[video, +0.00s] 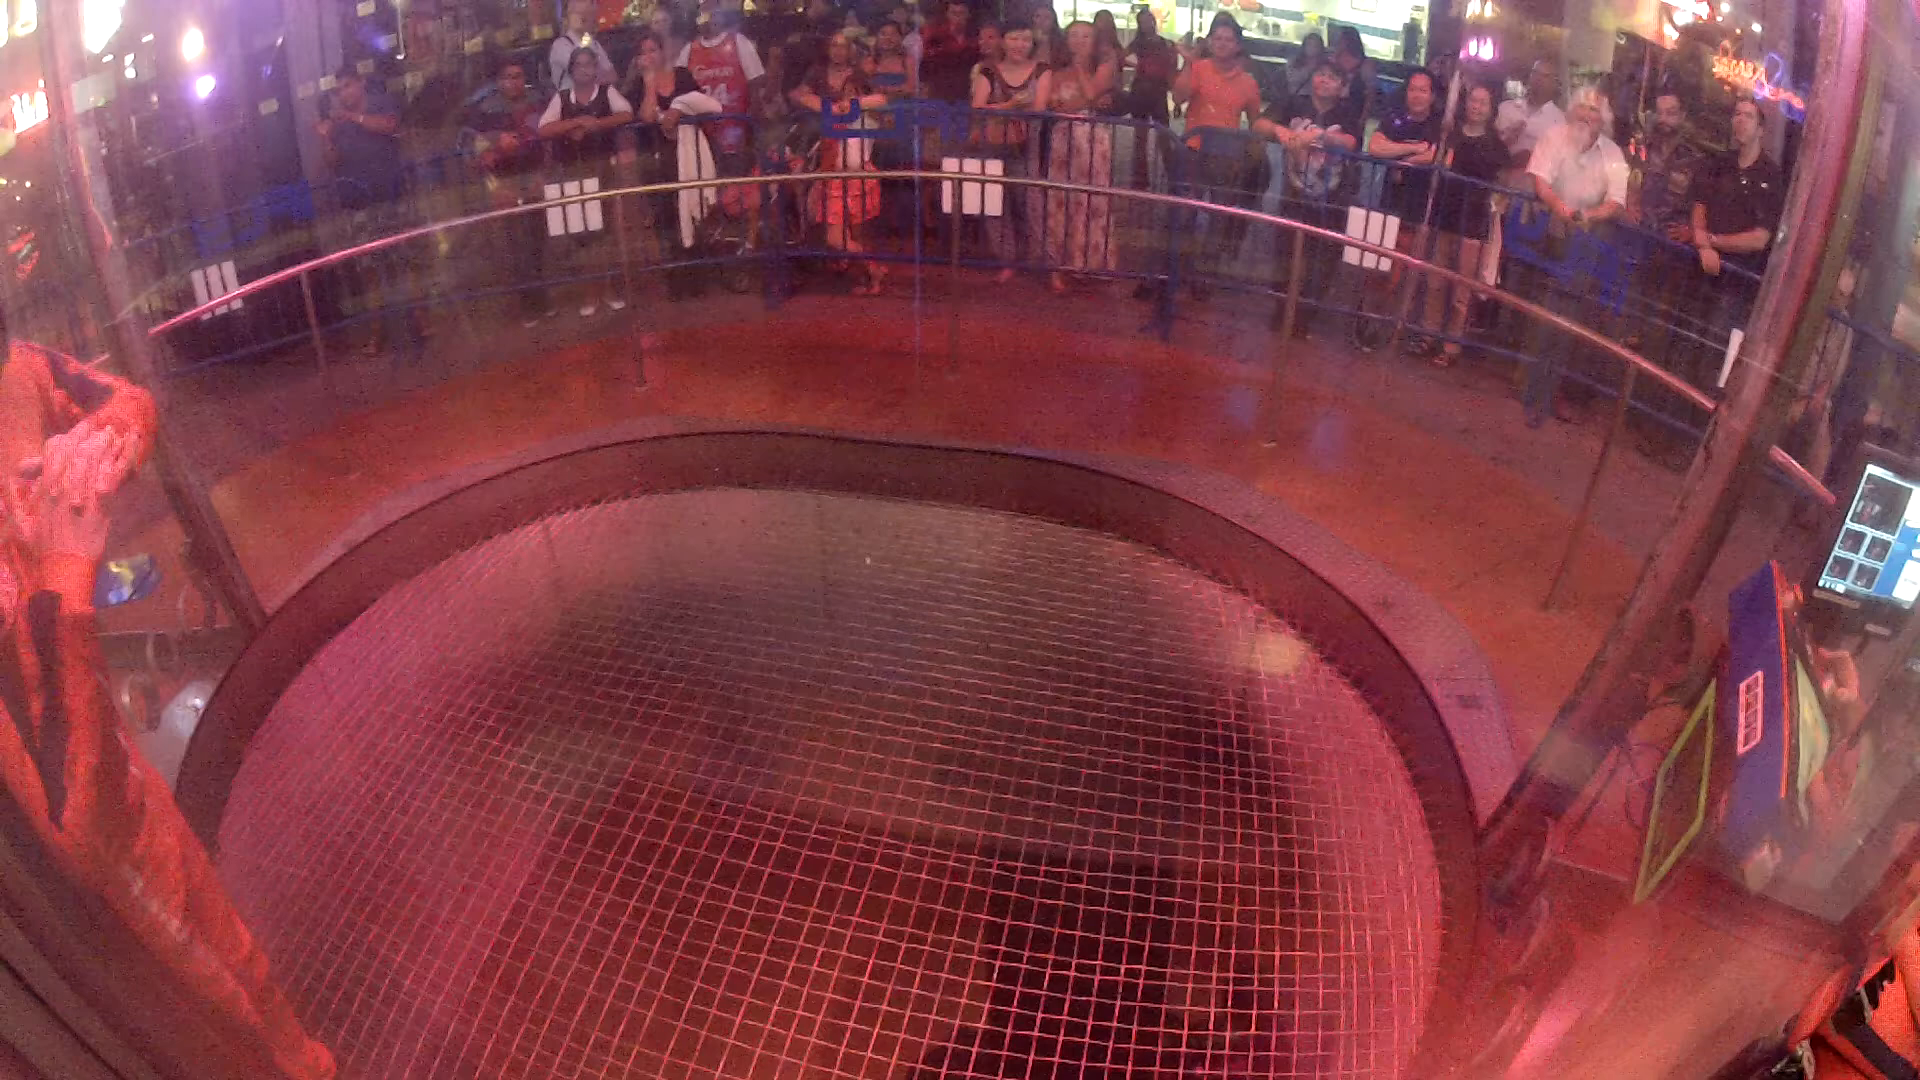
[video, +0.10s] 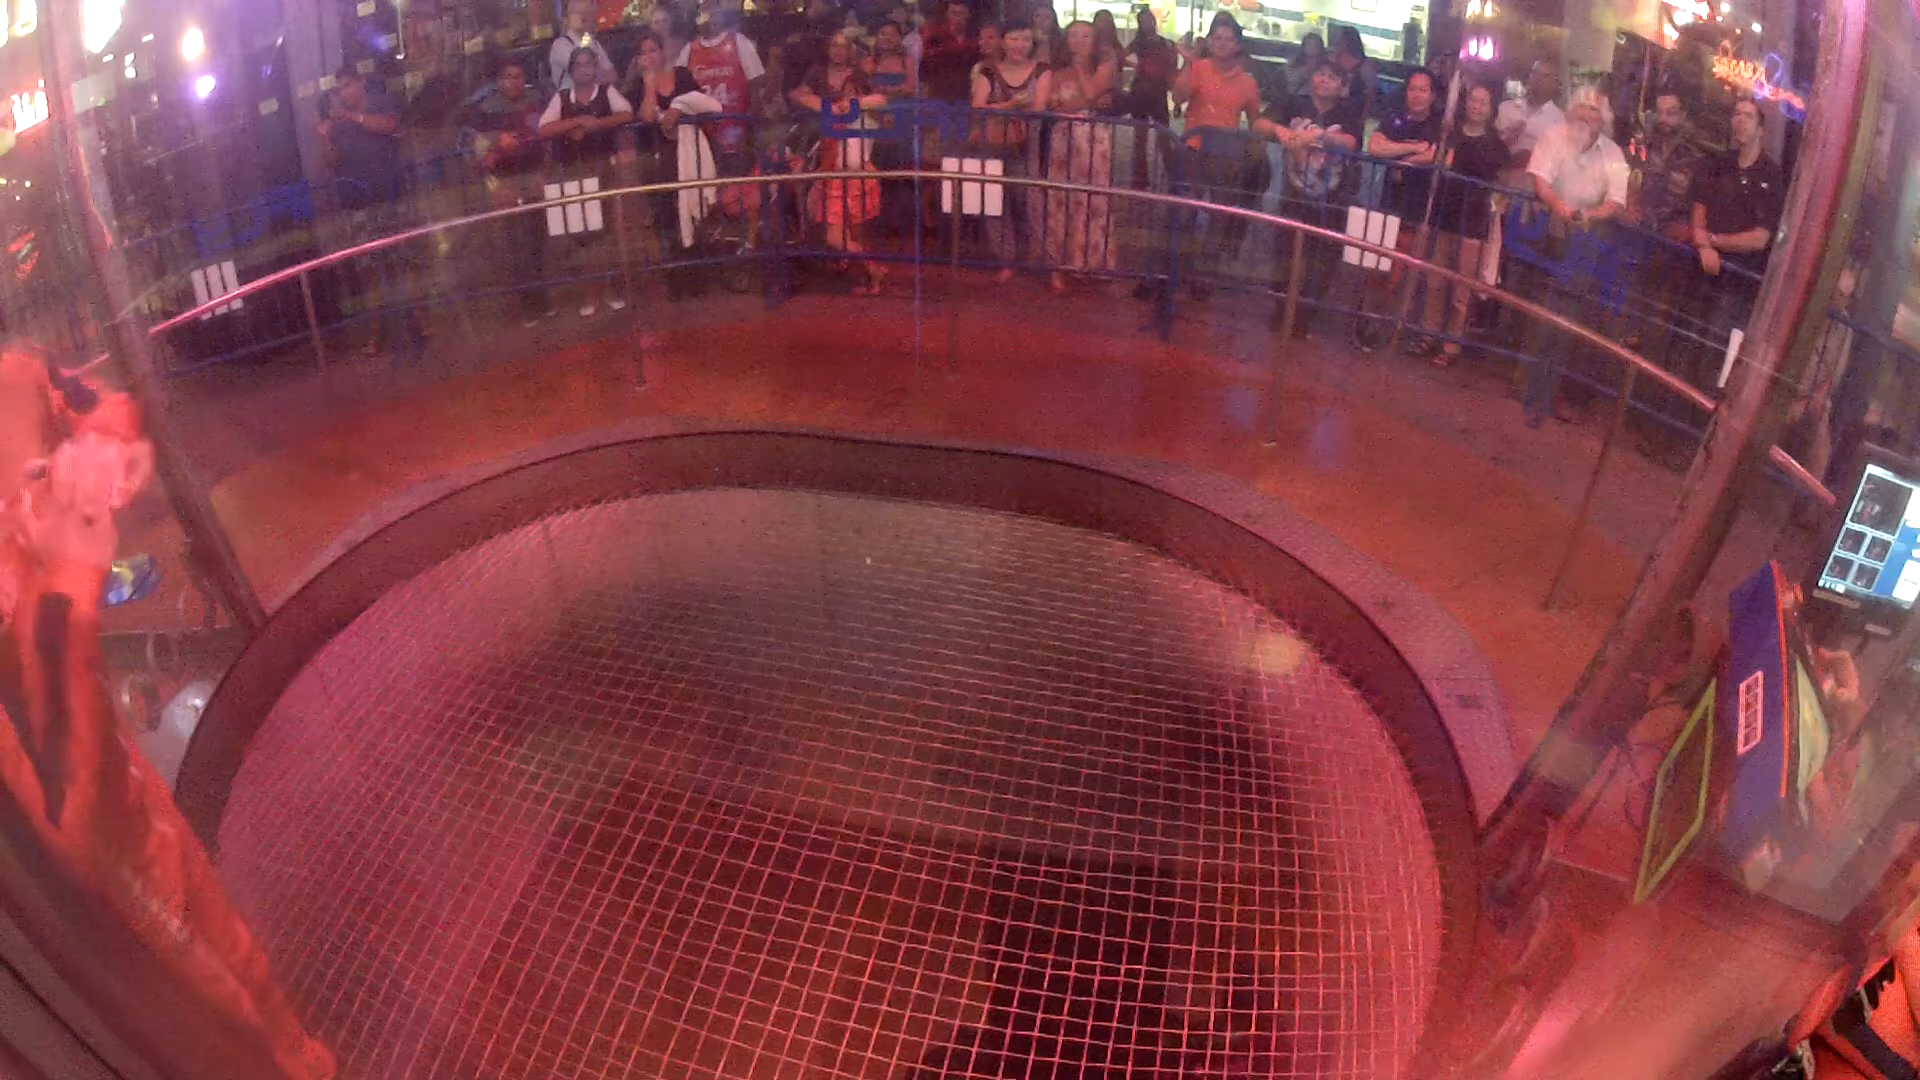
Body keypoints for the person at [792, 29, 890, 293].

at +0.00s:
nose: (837, 51)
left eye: (841, 46)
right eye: (833, 46)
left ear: (850, 50)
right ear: (826, 49)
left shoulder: (859, 76)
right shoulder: (819, 74)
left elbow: (881, 99)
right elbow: (798, 94)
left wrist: (853, 104)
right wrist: (828, 108)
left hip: (857, 163)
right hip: (830, 162)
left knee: (840, 237)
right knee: (835, 237)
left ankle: (874, 268)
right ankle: (873, 270)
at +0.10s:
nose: (837, 50)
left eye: (842, 46)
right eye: (833, 46)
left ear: (851, 50)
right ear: (826, 49)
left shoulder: (859, 76)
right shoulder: (819, 74)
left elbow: (881, 99)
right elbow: (798, 94)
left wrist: (853, 104)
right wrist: (828, 108)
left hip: (857, 162)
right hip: (830, 161)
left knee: (851, 230)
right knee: (833, 236)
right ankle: (873, 269)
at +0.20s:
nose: (836, 51)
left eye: (841, 46)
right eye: (833, 46)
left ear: (850, 50)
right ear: (826, 49)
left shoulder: (859, 76)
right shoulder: (819, 74)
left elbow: (881, 99)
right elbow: (798, 95)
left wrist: (853, 104)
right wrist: (828, 108)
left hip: (857, 164)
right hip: (830, 162)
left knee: (848, 233)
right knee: (834, 236)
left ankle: (873, 269)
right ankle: (873, 270)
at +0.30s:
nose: (837, 51)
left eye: (842, 46)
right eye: (833, 46)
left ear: (850, 50)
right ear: (826, 49)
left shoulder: (858, 76)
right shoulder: (818, 74)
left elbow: (881, 99)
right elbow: (798, 94)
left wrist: (853, 104)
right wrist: (828, 108)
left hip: (857, 159)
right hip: (829, 159)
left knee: (852, 227)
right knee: (834, 235)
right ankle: (873, 269)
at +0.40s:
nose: (837, 51)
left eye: (841, 46)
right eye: (833, 46)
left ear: (851, 51)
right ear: (826, 49)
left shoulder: (858, 76)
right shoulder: (818, 74)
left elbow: (880, 99)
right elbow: (798, 95)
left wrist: (853, 104)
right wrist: (828, 108)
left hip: (857, 158)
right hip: (830, 159)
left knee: (852, 228)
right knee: (834, 235)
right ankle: (873, 270)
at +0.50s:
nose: (836, 51)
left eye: (841, 46)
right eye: (833, 46)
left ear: (851, 50)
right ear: (827, 49)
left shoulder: (859, 76)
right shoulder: (818, 74)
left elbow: (880, 99)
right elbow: (798, 94)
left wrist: (853, 104)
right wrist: (828, 108)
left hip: (857, 163)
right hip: (829, 161)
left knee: (854, 230)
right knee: (833, 236)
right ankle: (873, 269)